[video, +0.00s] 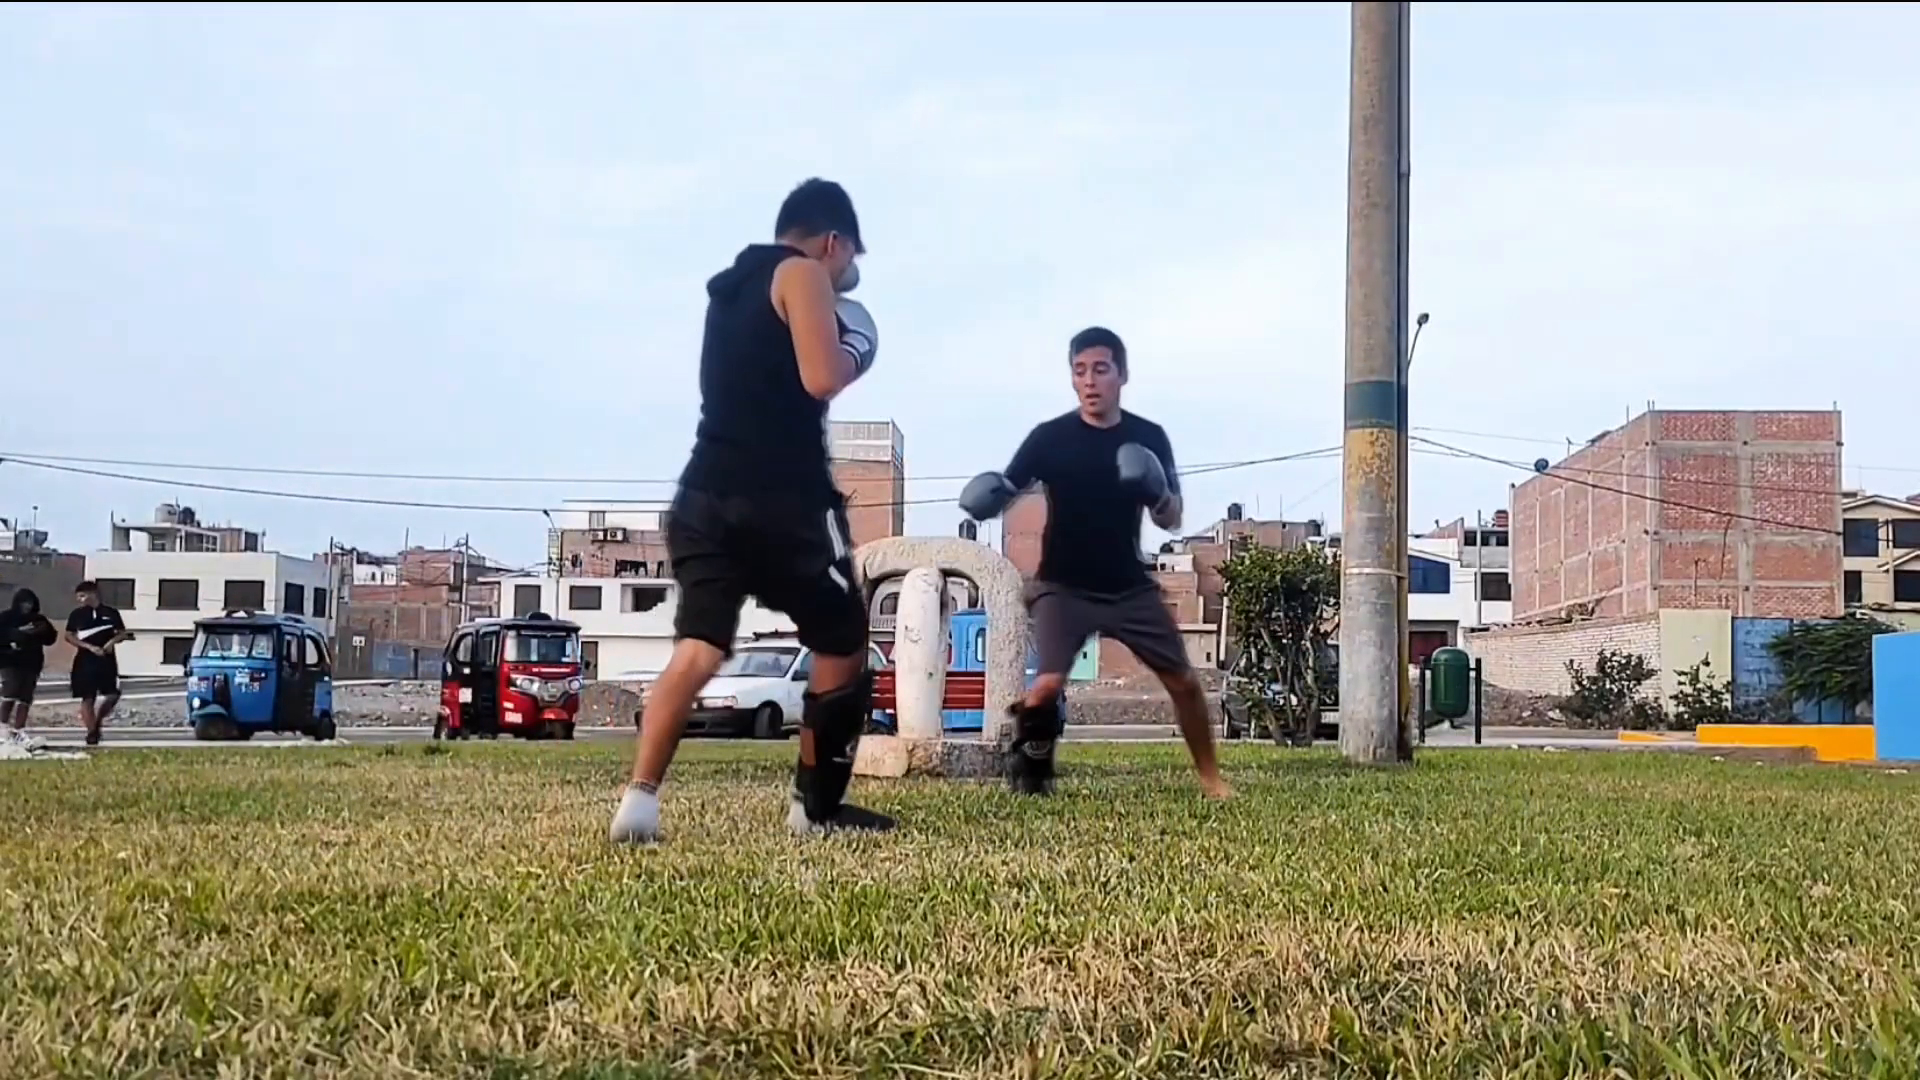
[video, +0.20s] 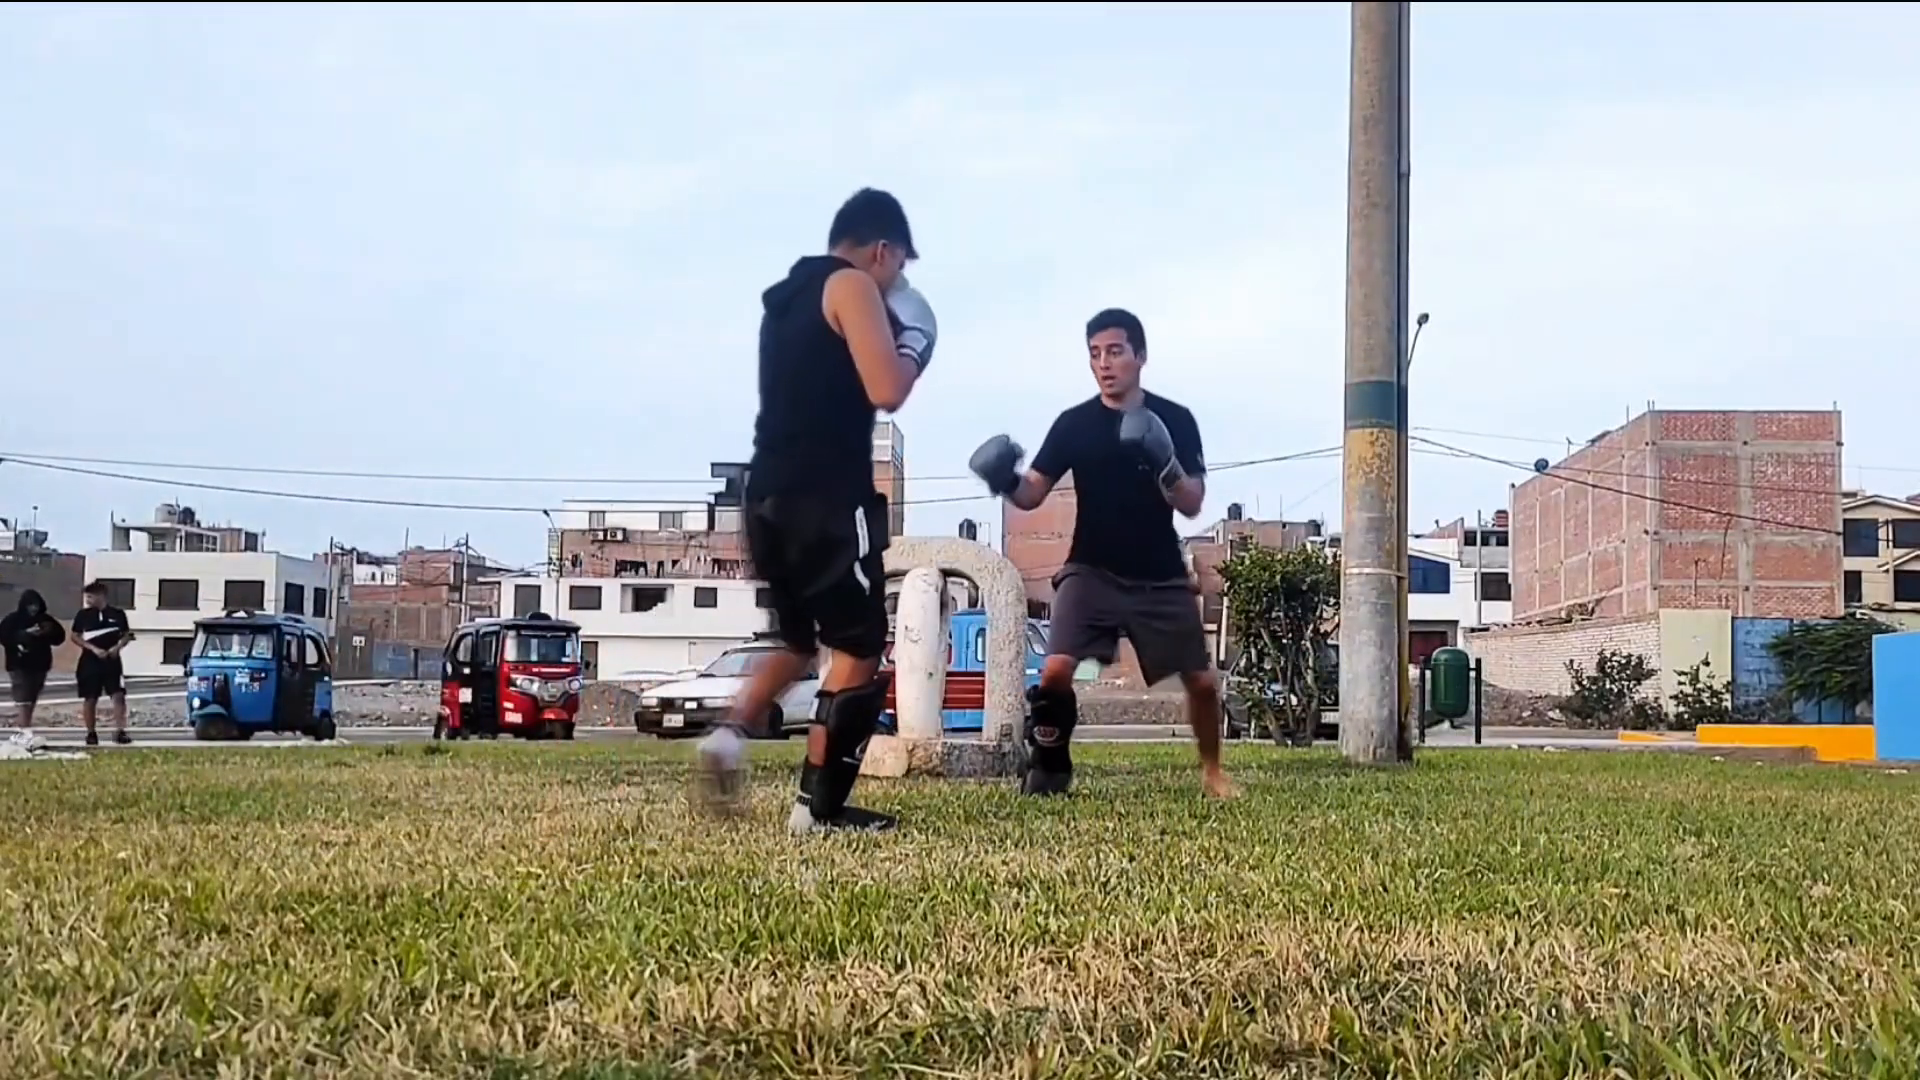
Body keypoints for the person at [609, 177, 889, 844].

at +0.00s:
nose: (847, 274)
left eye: (853, 262)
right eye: (851, 259)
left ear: (783, 232)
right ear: (830, 240)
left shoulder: (728, 283)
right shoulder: (799, 275)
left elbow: (757, 377)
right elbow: (820, 379)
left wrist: (818, 323)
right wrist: (857, 353)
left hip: (705, 496)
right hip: (778, 501)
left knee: (697, 650)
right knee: (840, 639)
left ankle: (639, 801)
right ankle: (819, 806)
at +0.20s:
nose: (896, 277)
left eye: (900, 266)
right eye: (899, 263)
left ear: (837, 241)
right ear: (879, 249)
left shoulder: (786, 293)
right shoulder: (850, 286)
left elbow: (814, 388)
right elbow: (887, 392)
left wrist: (878, 334)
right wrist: (917, 347)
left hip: (769, 491)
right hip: (828, 493)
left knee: (795, 641)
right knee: (856, 647)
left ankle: (729, 734)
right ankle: (822, 805)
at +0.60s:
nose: (909, 345)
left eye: (912, 331)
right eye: (905, 329)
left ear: (869, 323)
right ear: (871, 321)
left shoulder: (853, 383)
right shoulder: (815, 373)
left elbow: (905, 461)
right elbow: (843, 473)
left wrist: (906, 393)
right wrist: (888, 412)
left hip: (839, 565)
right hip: (797, 563)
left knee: (880, 695)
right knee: (842, 689)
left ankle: (849, 835)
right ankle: (753, 839)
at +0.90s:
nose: (881, 353)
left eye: (884, 339)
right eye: (876, 336)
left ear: (835, 332)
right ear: (833, 327)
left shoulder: (829, 401)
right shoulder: (780, 382)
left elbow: (870, 496)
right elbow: (810, 482)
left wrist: (892, 432)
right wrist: (863, 422)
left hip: (816, 596)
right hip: (764, 595)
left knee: (897, 710)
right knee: (757, 741)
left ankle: (833, 828)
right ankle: (668, 874)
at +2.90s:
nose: (1217, 341)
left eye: (1217, 326)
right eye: (1214, 325)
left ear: (1166, 321)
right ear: (1184, 321)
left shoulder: (1154, 391)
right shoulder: (1136, 386)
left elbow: (1186, 484)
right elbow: (1184, 498)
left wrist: (1226, 437)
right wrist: (1230, 436)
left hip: (1111, 601)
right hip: (1094, 603)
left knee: (1189, 745)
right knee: (1191, 745)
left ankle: (1140, 908)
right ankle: (1114, 915)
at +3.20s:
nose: (1144, 431)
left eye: (1145, 417)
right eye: (1144, 416)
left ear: (1077, 409)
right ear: (1127, 414)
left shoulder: (1031, 469)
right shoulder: (1114, 462)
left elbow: (1028, 559)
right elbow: (1163, 575)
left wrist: (1110, 502)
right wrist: (1164, 511)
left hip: (984, 658)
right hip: (1058, 651)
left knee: (1057, 772)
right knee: (1180, 785)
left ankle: (1025, 916)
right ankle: (1142, 946)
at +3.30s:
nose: (1099, 417)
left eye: (1098, 402)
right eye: (1096, 402)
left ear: (1032, 397)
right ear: (1072, 399)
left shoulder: (981, 462)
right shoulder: (1071, 443)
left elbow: (1003, 542)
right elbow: (1121, 547)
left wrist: (1080, 489)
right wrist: (1124, 498)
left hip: (968, 638)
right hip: (1044, 624)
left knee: (1024, 768)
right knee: (1116, 776)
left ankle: (1015, 916)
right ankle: (1134, 929)